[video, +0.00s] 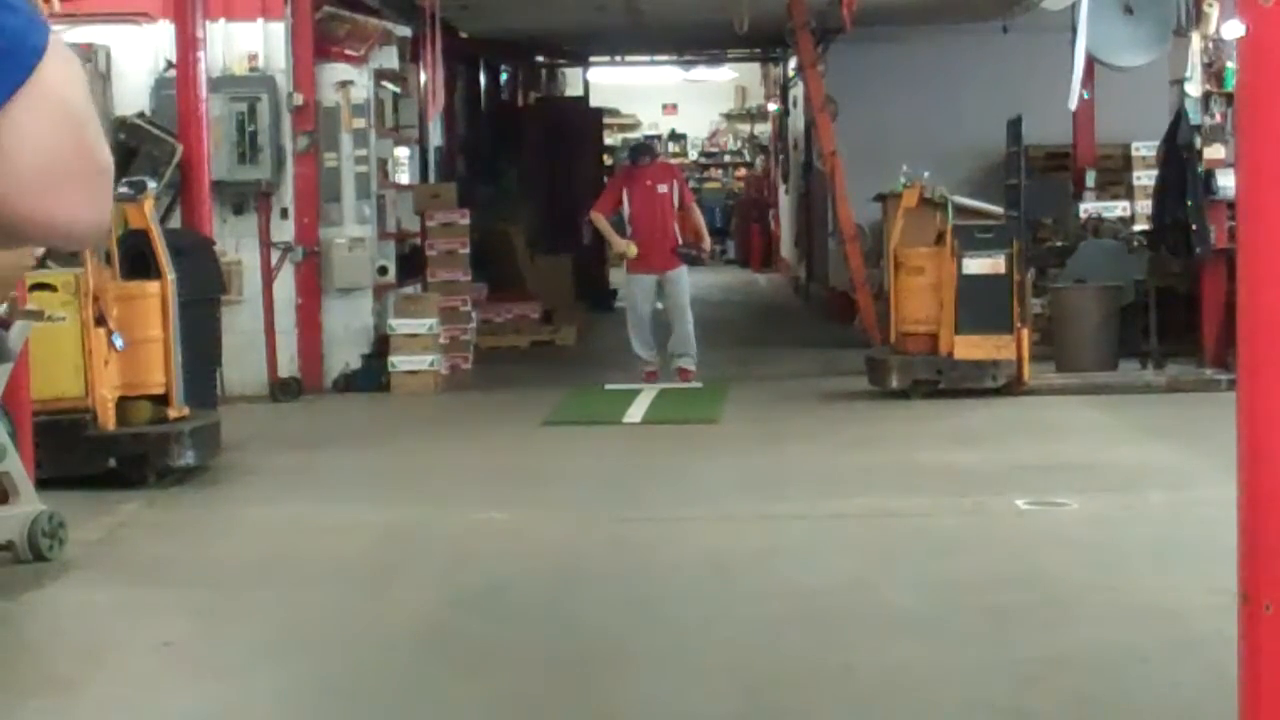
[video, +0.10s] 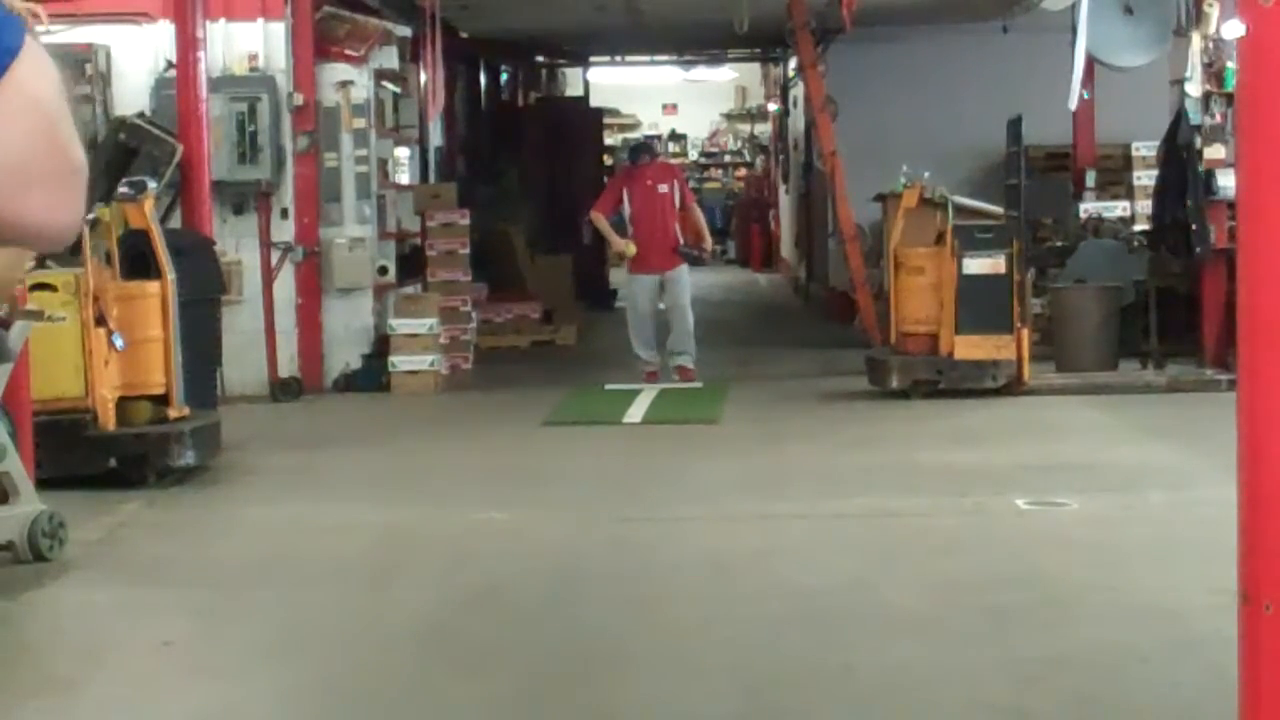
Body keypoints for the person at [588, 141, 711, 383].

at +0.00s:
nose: (644, 160)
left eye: (649, 155)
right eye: (639, 156)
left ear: (656, 151)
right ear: (632, 155)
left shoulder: (671, 172)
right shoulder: (623, 177)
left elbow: (690, 206)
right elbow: (597, 214)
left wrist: (704, 235)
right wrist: (615, 240)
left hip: (672, 257)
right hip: (640, 261)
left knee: (681, 310)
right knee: (640, 314)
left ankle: (685, 362)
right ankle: (648, 363)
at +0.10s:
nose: (646, 157)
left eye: (651, 150)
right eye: (640, 152)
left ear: (656, 150)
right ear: (632, 154)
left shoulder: (672, 172)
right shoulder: (623, 178)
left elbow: (691, 207)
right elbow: (597, 213)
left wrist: (705, 235)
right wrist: (614, 239)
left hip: (673, 258)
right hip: (641, 262)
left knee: (681, 308)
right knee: (642, 314)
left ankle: (684, 361)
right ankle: (649, 364)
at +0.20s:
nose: (643, 161)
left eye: (648, 156)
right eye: (638, 157)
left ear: (656, 154)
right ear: (632, 157)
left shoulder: (672, 172)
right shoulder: (625, 178)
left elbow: (692, 205)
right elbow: (598, 212)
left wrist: (706, 235)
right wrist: (614, 238)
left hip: (674, 259)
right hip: (641, 263)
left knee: (682, 309)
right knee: (642, 315)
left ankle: (685, 362)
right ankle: (649, 364)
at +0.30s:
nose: (647, 166)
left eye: (651, 160)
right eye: (642, 162)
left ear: (658, 156)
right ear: (634, 159)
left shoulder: (675, 173)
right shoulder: (626, 179)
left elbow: (695, 206)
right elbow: (600, 211)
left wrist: (709, 236)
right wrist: (615, 238)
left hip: (675, 260)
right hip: (642, 264)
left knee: (682, 308)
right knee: (642, 315)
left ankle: (685, 362)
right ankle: (650, 364)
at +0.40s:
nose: (652, 166)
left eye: (656, 161)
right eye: (647, 162)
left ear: (663, 157)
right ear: (639, 159)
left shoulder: (680, 174)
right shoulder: (629, 178)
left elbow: (699, 208)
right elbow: (604, 209)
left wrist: (712, 239)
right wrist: (618, 238)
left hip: (678, 260)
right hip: (645, 263)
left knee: (683, 311)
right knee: (643, 316)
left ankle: (685, 364)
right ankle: (650, 364)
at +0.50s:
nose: (657, 166)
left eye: (661, 160)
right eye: (652, 161)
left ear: (669, 156)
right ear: (645, 159)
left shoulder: (686, 176)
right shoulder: (635, 178)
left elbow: (704, 211)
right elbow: (608, 207)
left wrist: (715, 241)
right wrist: (622, 238)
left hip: (681, 261)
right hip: (647, 263)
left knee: (684, 311)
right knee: (645, 315)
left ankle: (685, 364)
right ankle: (650, 364)